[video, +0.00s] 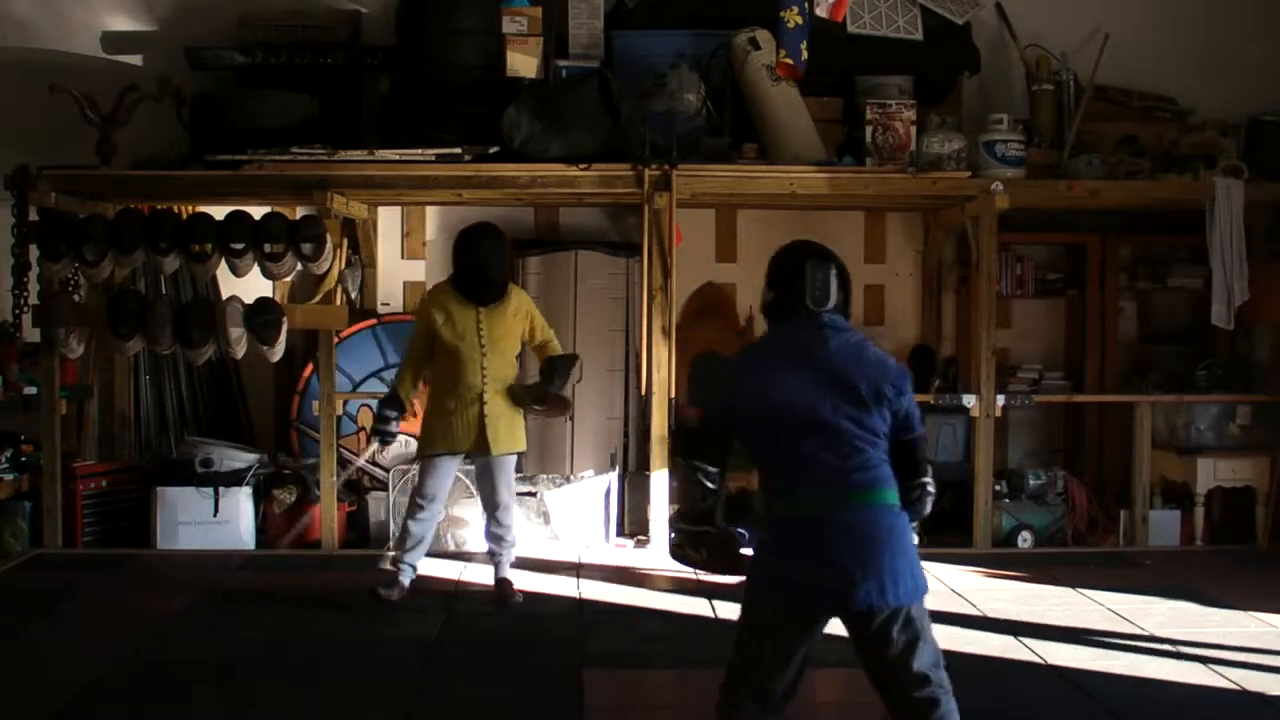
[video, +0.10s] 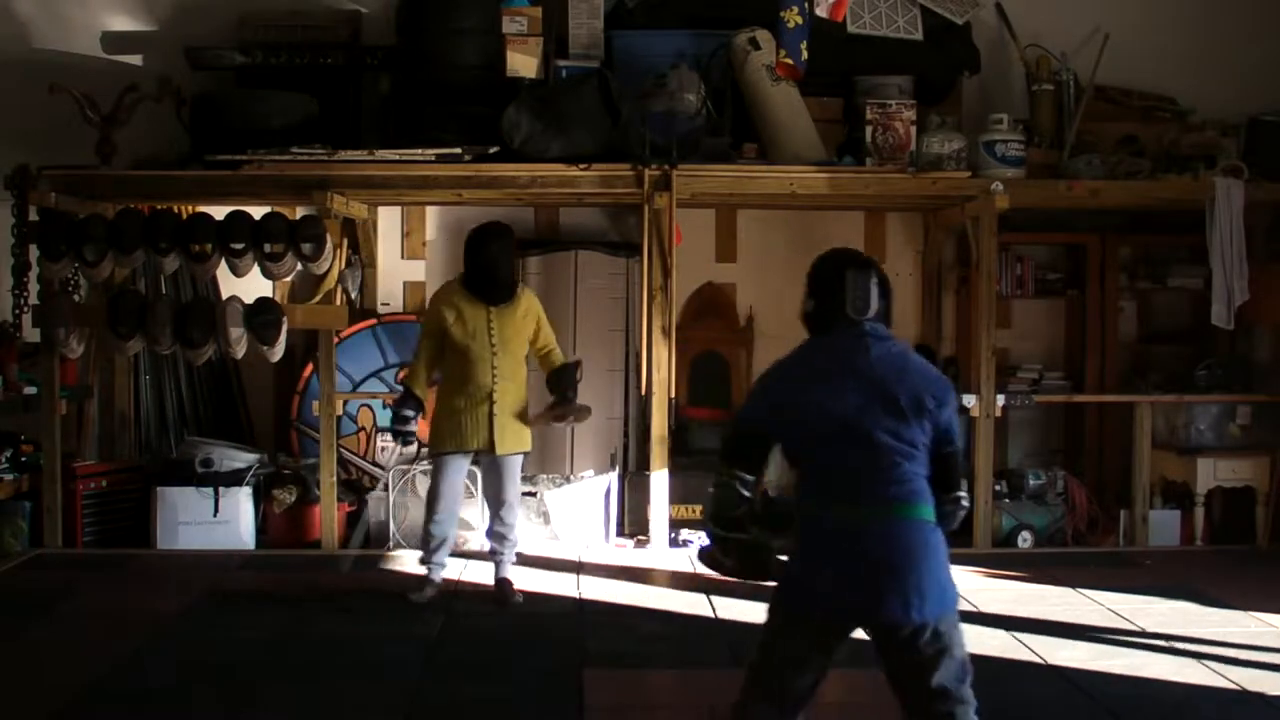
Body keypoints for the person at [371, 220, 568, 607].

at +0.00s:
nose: (485, 275)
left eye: (492, 266)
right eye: (478, 266)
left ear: (502, 265)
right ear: (462, 264)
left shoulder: (517, 303)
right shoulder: (438, 301)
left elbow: (546, 342)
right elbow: (415, 360)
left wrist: (553, 377)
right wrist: (393, 406)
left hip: (500, 421)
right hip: (448, 420)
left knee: (502, 504)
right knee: (426, 498)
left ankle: (503, 575)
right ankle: (402, 574)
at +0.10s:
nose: (498, 270)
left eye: (504, 262)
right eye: (490, 261)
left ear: (513, 263)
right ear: (474, 261)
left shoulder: (527, 304)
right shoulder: (447, 301)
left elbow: (548, 350)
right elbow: (426, 358)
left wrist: (562, 382)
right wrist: (410, 402)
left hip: (507, 423)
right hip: (455, 421)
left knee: (506, 506)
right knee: (441, 505)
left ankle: (504, 576)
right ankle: (433, 576)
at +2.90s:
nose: (626, 269)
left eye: (627, 261)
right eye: (618, 261)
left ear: (624, 265)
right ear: (595, 264)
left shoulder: (629, 305)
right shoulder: (564, 310)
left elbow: (639, 357)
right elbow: (547, 371)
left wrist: (645, 400)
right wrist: (557, 423)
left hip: (617, 429)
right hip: (582, 431)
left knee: (590, 501)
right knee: (589, 506)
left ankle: (559, 567)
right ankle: (594, 586)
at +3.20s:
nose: (620, 272)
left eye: (621, 264)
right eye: (612, 264)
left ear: (620, 266)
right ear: (589, 267)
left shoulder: (615, 303)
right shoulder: (564, 310)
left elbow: (628, 350)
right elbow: (546, 370)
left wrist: (638, 385)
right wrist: (539, 424)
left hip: (602, 416)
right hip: (574, 417)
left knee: (566, 494)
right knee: (592, 495)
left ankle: (555, 573)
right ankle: (595, 584)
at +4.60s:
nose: (618, 270)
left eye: (619, 261)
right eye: (610, 261)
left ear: (617, 263)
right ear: (589, 263)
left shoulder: (616, 306)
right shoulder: (564, 305)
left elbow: (634, 365)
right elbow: (567, 370)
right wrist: (610, 339)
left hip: (607, 419)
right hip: (576, 420)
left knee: (587, 501)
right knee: (591, 504)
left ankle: (561, 575)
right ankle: (594, 585)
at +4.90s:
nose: (613, 267)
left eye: (614, 258)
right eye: (604, 259)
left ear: (616, 262)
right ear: (583, 262)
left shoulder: (615, 303)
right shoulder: (557, 305)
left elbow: (630, 362)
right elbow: (551, 370)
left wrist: (638, 403)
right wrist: (595, 356)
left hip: (607, 419)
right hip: (574, 420)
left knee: (585, 499)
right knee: (589, 501)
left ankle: (565, 578)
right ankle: (592, 584)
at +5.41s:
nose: (564, 265)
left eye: (565, 257)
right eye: (557, 257)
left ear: (559, 260)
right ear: (535, 259)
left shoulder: (558, 304)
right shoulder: (510, 304)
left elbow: (569, 358)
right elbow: (498, 366)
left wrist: (580, 404)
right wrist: (506, 424)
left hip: (560, 420)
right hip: (533, 424)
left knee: (541, 500)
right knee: (546, 499)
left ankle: (528, 578)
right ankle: (550, 581)